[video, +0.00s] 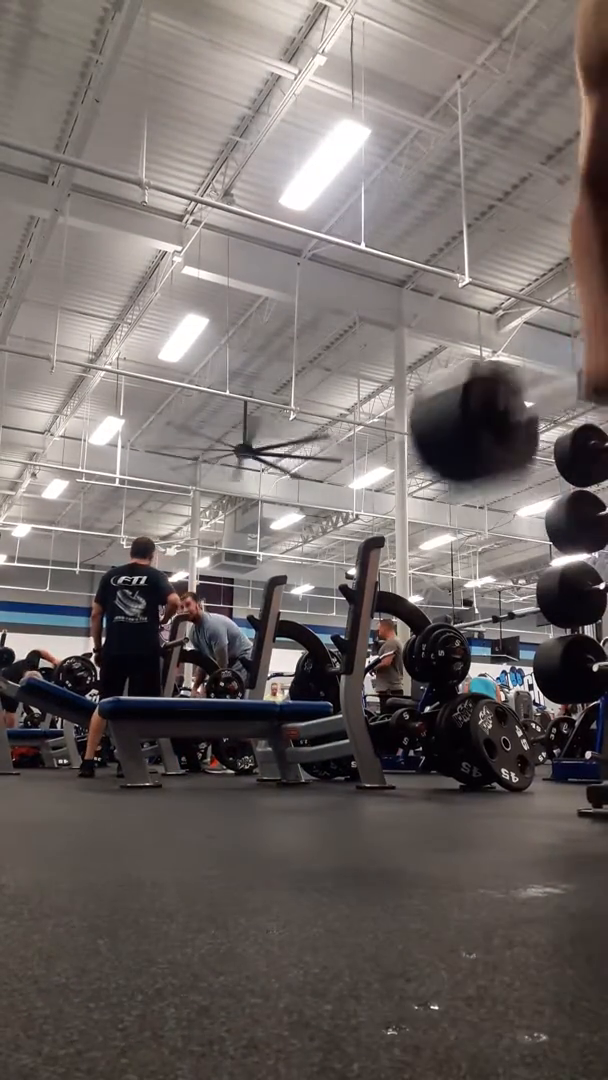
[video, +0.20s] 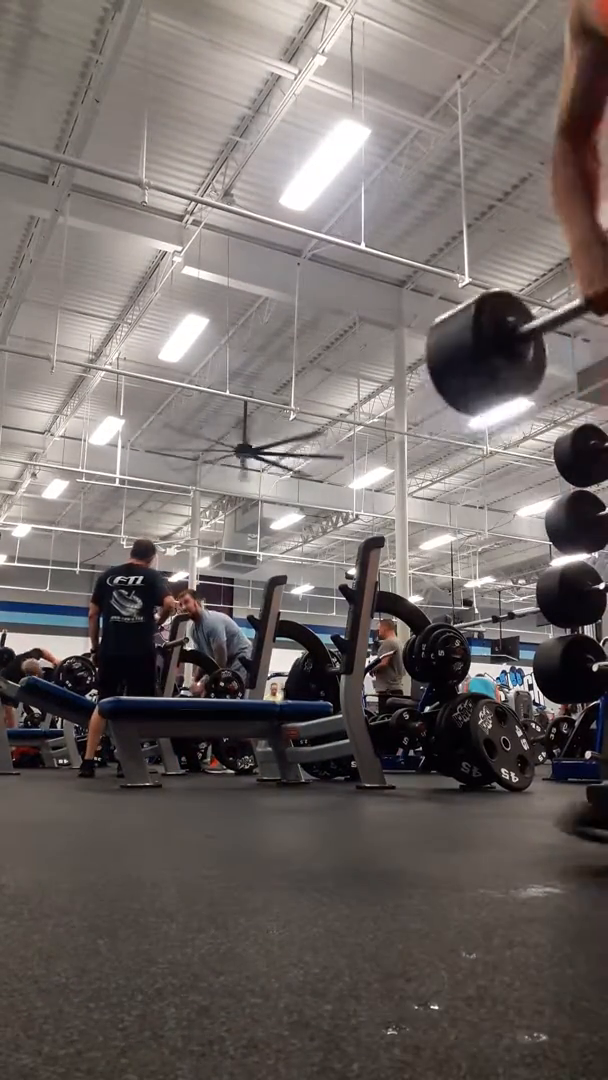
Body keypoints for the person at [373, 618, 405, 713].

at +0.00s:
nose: (378, 632)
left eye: (380, 629)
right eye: (379, 629)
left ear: (386, 628)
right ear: (387, 628)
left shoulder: (391, 643)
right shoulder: (392, 642)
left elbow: (386, 662)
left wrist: (374, 668)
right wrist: (374, 667)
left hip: (389, 691)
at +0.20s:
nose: (379, 632)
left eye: (380, 629)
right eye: (379, 629)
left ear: (385, 628)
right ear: (391, 629)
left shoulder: (388, 643)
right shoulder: (397, 642)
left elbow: (384, 663)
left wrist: (373, 670)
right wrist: (376, 670)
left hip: (387, 692)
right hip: (396, 690)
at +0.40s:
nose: (377, 632)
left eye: (379, 629)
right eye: (378, 629)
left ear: (387, 629)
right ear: (390, 629)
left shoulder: (386, 643)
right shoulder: (399, 643)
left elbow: (382, 664)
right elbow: (403, 670)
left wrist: (372, 673)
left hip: (385, 693)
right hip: (397, 692)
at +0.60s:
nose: (378, 631)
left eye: (381, 628)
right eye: (378, 628)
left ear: (390, 629)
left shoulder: (389, 643)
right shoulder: (396, 643)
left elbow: (384, 666)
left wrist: (372, 680)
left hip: (385, 692)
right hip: (394, 691)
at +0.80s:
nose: (382, 631)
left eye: (385, 628)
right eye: (380, 629)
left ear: (391, 630)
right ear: (377, 631)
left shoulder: (393, 644)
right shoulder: (383, 646)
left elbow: (396, 661)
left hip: (389, 690)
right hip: (382, 689)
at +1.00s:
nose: (381, 631)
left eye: (384, 628)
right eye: (379, 628)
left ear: (389, 630)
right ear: (376, 631)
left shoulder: (394, 643)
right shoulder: (377, 648)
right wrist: (377, 686)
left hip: (391, 689)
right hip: (380, 688)